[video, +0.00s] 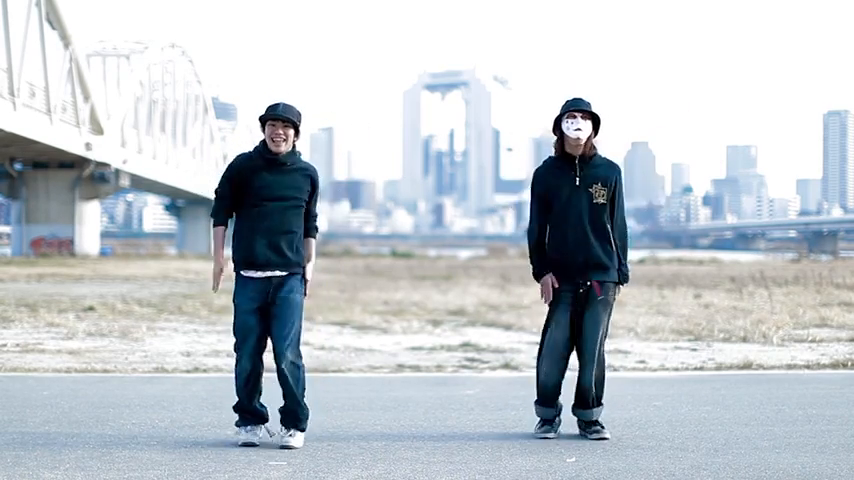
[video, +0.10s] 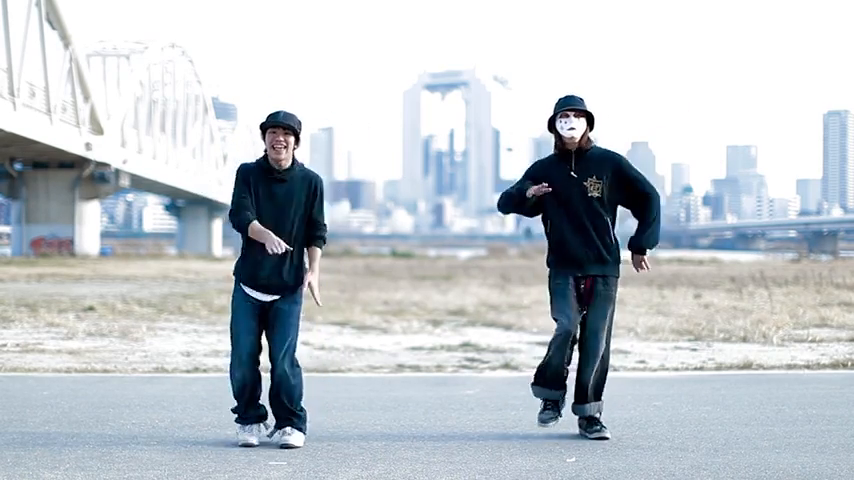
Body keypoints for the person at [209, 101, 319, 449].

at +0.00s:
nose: (278, 132)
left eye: (285, 127)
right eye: (273, 126)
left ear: (296, 133)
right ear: (264, 129)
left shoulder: (307, 174)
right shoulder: (242, 166)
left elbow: (310, 224)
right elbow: (220, 211)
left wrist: (309, 264)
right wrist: (218, 257)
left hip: (290, 277)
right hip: (249, 276)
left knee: (287, 353)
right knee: (247, 354)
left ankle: (294, 425)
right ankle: (250, 422)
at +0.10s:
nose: (280, 142)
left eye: (286, 136)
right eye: (274, 136)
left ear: (295, 141)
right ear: (264, 140)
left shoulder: (311, 182)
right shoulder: (248, 173)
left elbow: (316, 231)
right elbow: (240, 217)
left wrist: (314, 269)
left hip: (287, 286)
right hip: (248, 283)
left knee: (283, 358)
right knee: (243, 356)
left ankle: (290, 424)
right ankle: (250, 420)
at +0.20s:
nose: (267, 133)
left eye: (274, 128)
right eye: (263, 128)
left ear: (286, 136)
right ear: (257, 133)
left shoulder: (297, 171)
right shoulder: (246, 165)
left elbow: (324, 212)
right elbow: (256, 155)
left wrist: (316, 259)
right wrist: (279, 132)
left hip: (292, 283)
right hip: (252, 277)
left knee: (291, 355)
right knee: (223, 314)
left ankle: (291, 425)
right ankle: (244, 379)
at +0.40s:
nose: (265, 125)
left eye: (272, 121)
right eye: (260, 119)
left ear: (285, 127)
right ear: (254, 123)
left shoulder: (298, 155)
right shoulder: (247, 158)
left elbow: (332, 189)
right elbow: (210, 139)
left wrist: (324, 232)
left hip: (301, 269)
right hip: (260, 268)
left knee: (297, 348)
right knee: (238, 329)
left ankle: (297, 421)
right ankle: (258, 383)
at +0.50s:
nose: (269, 135)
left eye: (277, 131)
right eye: (264, 130)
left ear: (289, 138)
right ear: (257, 136)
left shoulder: (306, 170)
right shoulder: (248, 178)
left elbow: (338, 201)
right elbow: (206, 182)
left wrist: (327, 243)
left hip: (301, 281)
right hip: (261, 282)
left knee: (301, 357)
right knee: (259, 360)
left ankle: (304, 425)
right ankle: (262, 422)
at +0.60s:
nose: (276, 141)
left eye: (282, 138)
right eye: (270, 136)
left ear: (292, 146)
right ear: (260, 143)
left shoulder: (309, 181)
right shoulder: (242, 183)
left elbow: (339, 211)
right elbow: (195, 186)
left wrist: (327, 253)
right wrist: (153, 190)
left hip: (296, 287)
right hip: (255, 289)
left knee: (302, 341)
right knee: (251, 362)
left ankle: (307, 406)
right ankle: (265, 422)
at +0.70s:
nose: (283, 136)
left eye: (290, 131)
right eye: (277, 130)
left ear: (299, 138)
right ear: (267, 135)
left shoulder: (313, 175)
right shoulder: (248, 164)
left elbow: (340, 210)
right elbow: (212, 135)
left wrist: (326, 245)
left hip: (295, 269)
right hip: (255, 273)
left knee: (305, 296)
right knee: (257, 350)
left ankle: (301, 361)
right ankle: (263, 420)